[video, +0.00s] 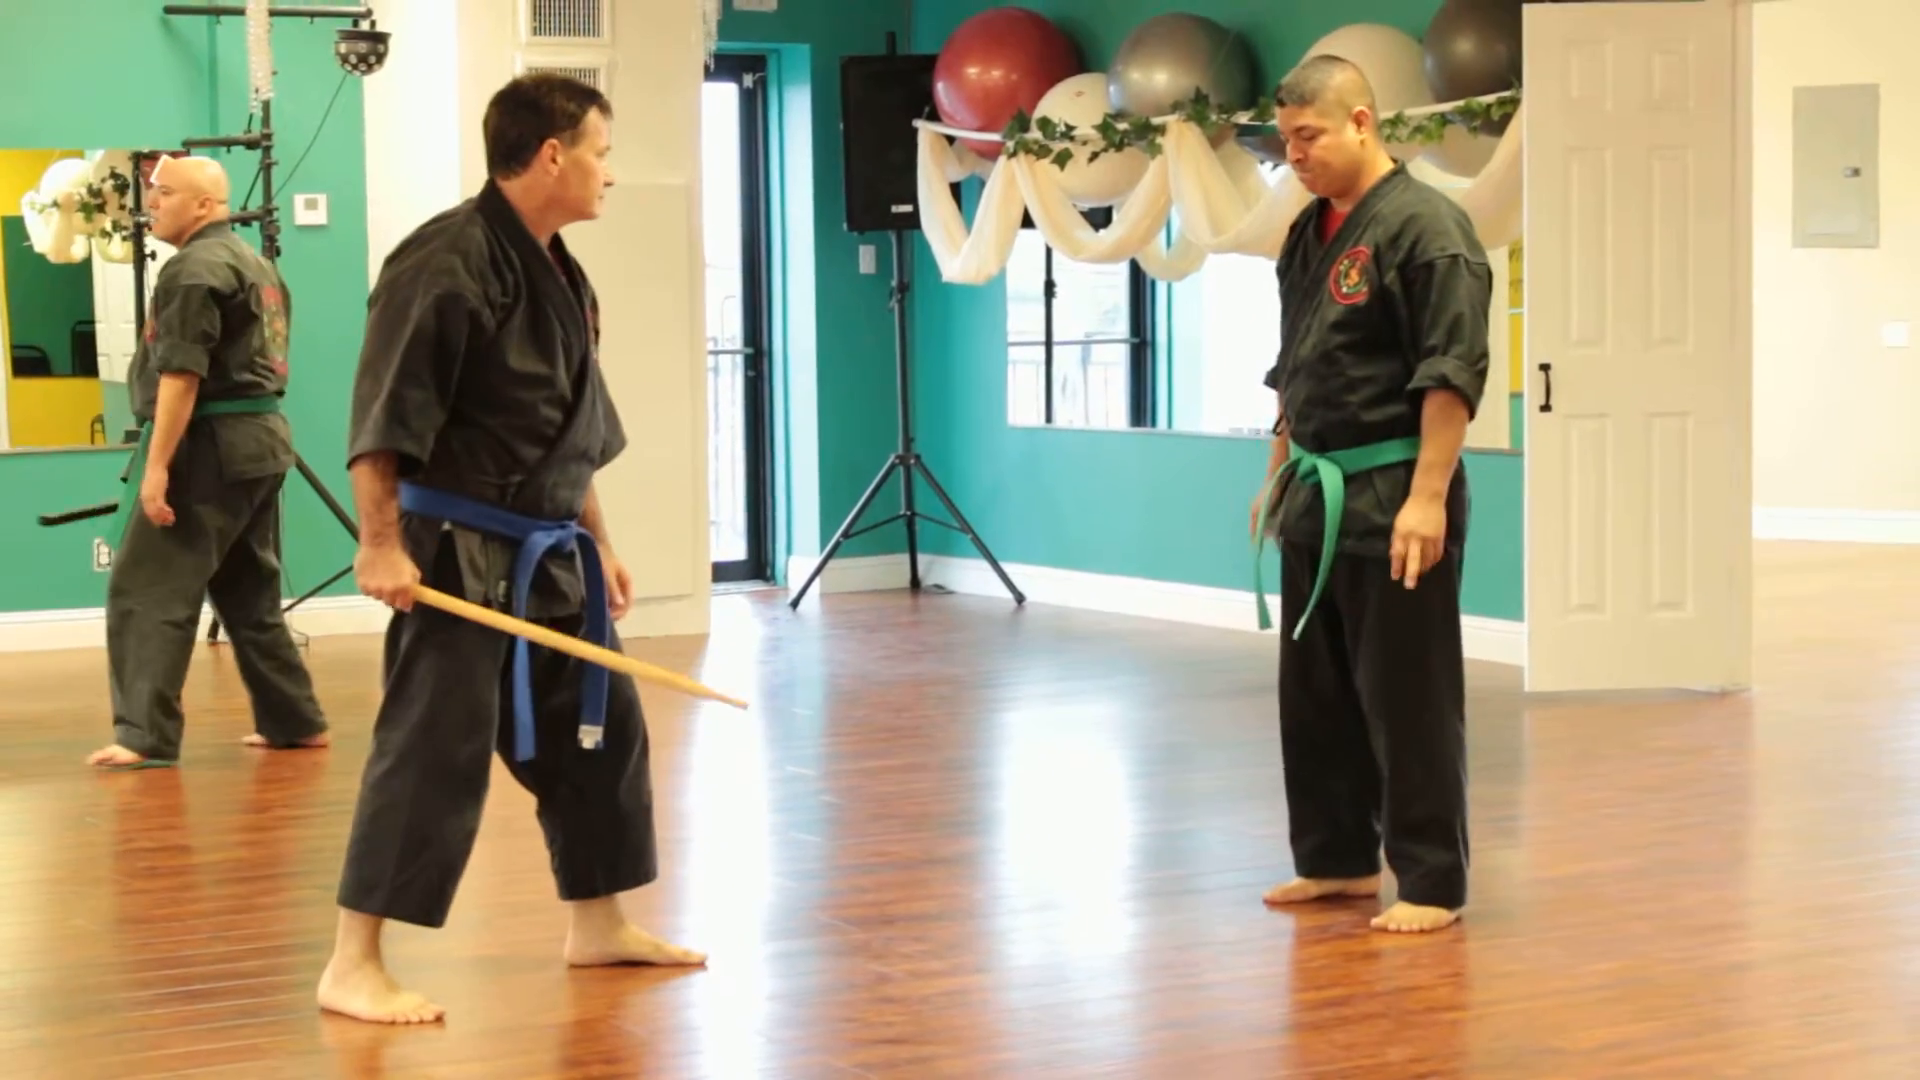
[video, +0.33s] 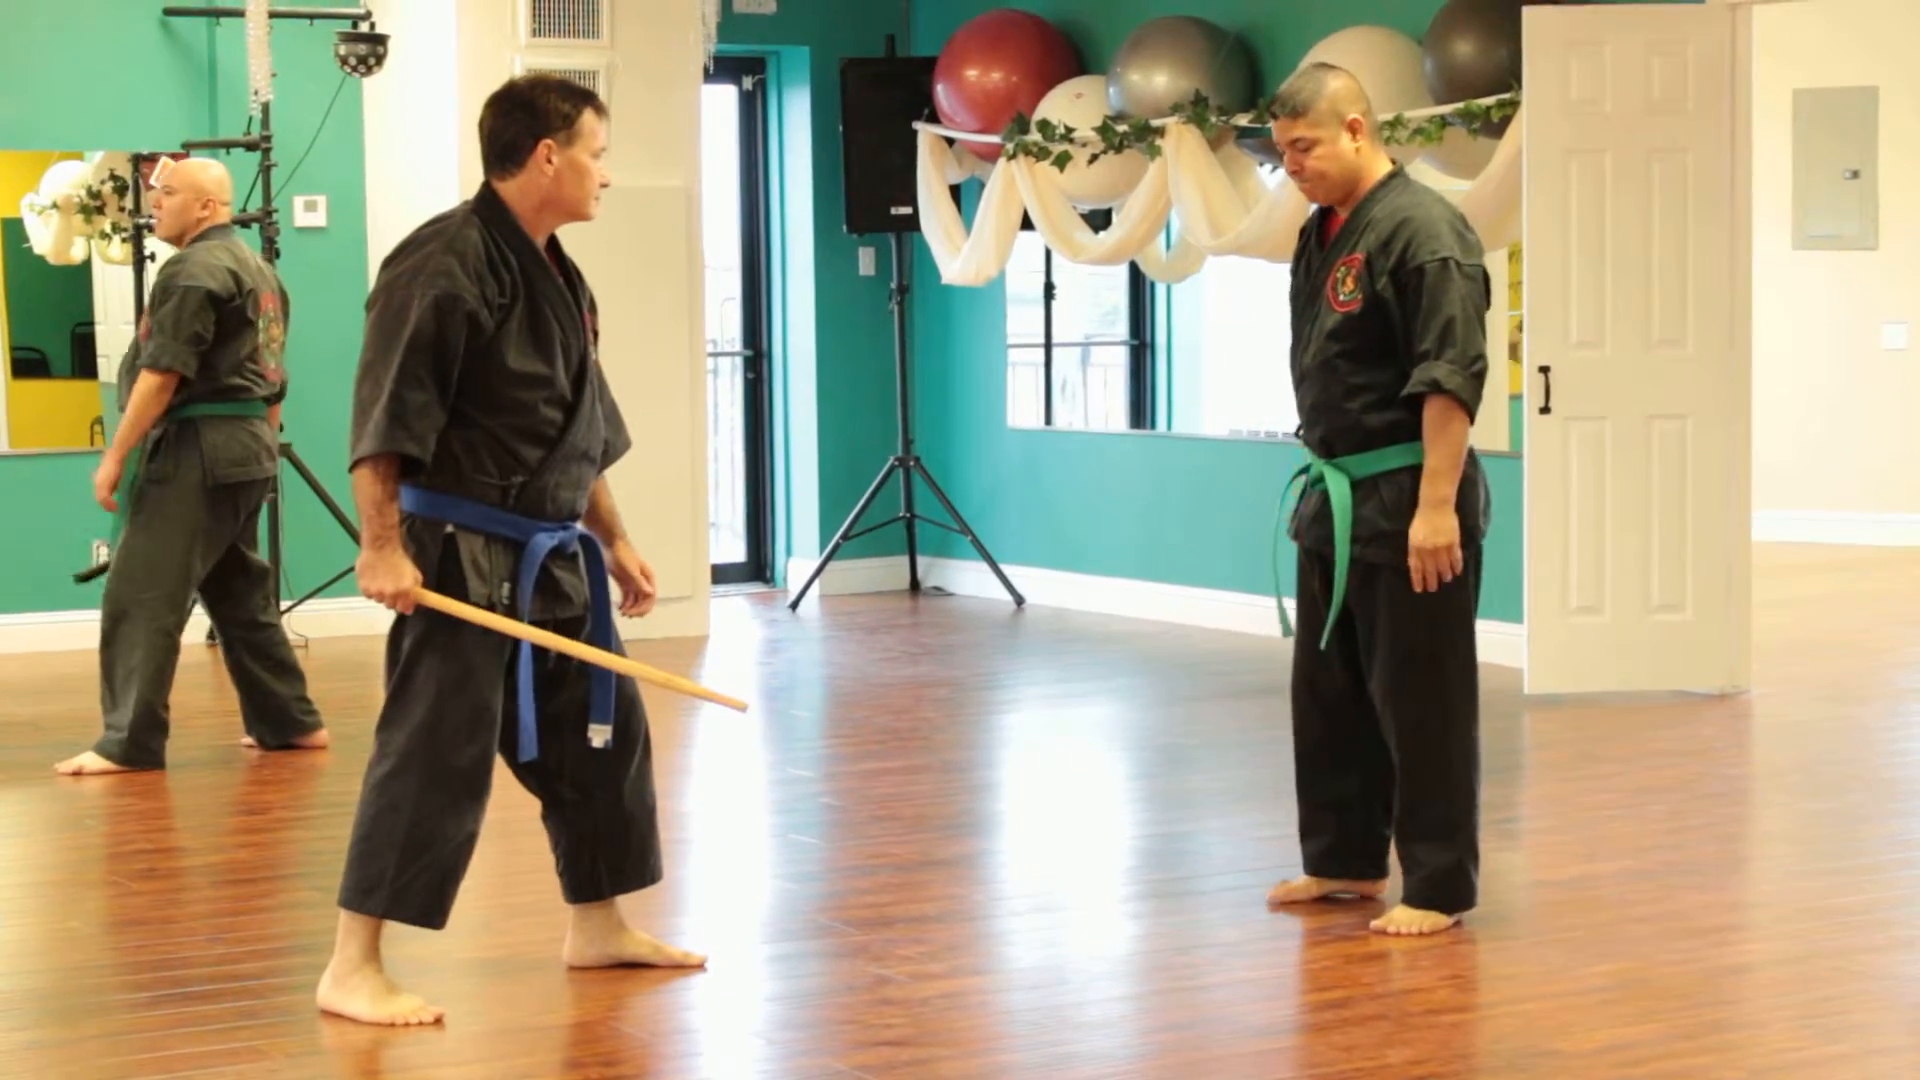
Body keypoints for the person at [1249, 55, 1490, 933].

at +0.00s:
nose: (1294, 156)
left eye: (1307, 138)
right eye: (1287, 141)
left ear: (1362, 123)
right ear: (1294, 141)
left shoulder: (1429, 224)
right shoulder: (1307, 231)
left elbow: (1452, 376)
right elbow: (1297, 368)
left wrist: (1429, 495)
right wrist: (1281, 466)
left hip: (1398, 480)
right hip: (1315, 481)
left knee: (1408, 689)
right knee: (1319, 680)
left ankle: (1431, 885)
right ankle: (1339, 862)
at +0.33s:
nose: (1290, 167)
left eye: (1303, 148)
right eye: (1282, 152)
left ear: (1358, 130)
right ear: (1288, 148)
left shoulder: (1426, 230)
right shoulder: (1319, 231)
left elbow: (1450, 381)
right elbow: (1325, 367)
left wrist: (1436, 505)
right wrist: (1318, 481)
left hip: (1410, 485)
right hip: (1336, 486)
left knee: (1421, 692)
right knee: (1332, 684)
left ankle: (1438, 890)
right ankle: (1348, 864)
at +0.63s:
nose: (1294, 126)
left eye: (1312, 110)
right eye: (1293, 111)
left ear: (1370, 117)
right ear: (1301, 122)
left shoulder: (1421, 220)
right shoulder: (1312, 221)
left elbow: (1442, 369)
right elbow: (1313, 357)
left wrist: (1412, 491)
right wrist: (1293, 455)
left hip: (1397, 479)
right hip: (1322, 479)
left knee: (1406, 690)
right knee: (1322, 682)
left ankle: (1434, 890)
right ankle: (1343, 861)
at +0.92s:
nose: (1305, 123)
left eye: (1325, 108)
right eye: (1301, 109)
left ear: (1382, 120)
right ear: (1302, 124)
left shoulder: (1425, 230)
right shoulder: (1313, 230)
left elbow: (1441, 382)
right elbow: (1301, 366)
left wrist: (1409, 502)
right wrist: (1272, 466)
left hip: (1398, 485)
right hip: (1320, 484)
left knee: (1410, 691)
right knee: (1327, 683)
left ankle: (1437, 888)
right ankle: (1349, 861)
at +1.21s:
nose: (1306, 119)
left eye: (1328, 104)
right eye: (1304, 105)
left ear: (1385, 119)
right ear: (1304, 124)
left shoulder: (1427, 228)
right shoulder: (1313, 232)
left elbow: (1449, 381)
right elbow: (1313, 375)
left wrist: (1435, 507)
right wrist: (1299, 488)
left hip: (1399, 480)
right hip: (1323, 480)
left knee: (1412, 693)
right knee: (1327, 685)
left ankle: (1436, 889)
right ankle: (1348, 861)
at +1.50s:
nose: (1308, 119)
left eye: (1329, 104)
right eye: (1306, 106)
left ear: (1385, 118)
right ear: (1308, 123)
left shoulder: (1429, 226)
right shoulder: (1317, 230)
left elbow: (1453, 375)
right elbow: (1320, 366)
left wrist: (1432, 496)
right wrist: (1301, 468)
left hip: (1402, 481)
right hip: (1326, 481)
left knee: (1412, 689)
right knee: (1328, 683)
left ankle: (1436, 887)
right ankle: (1347, 861)